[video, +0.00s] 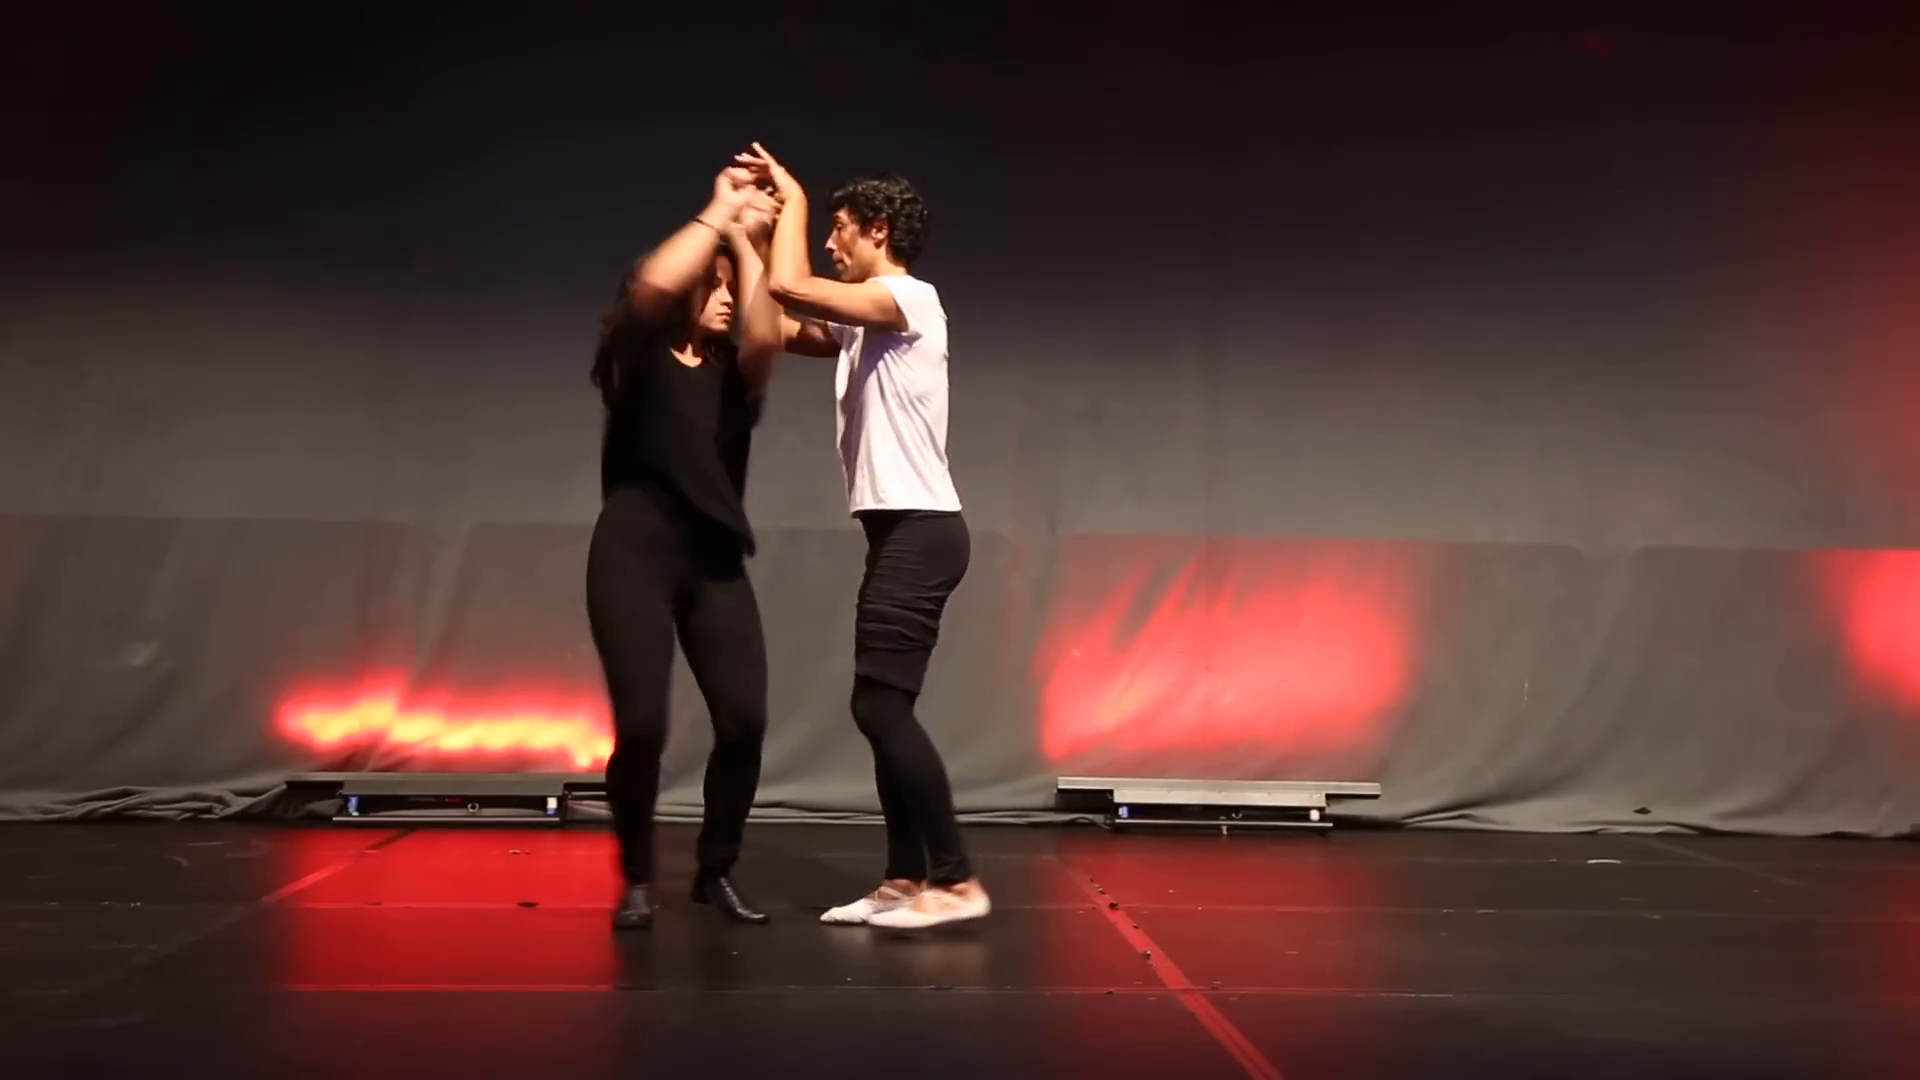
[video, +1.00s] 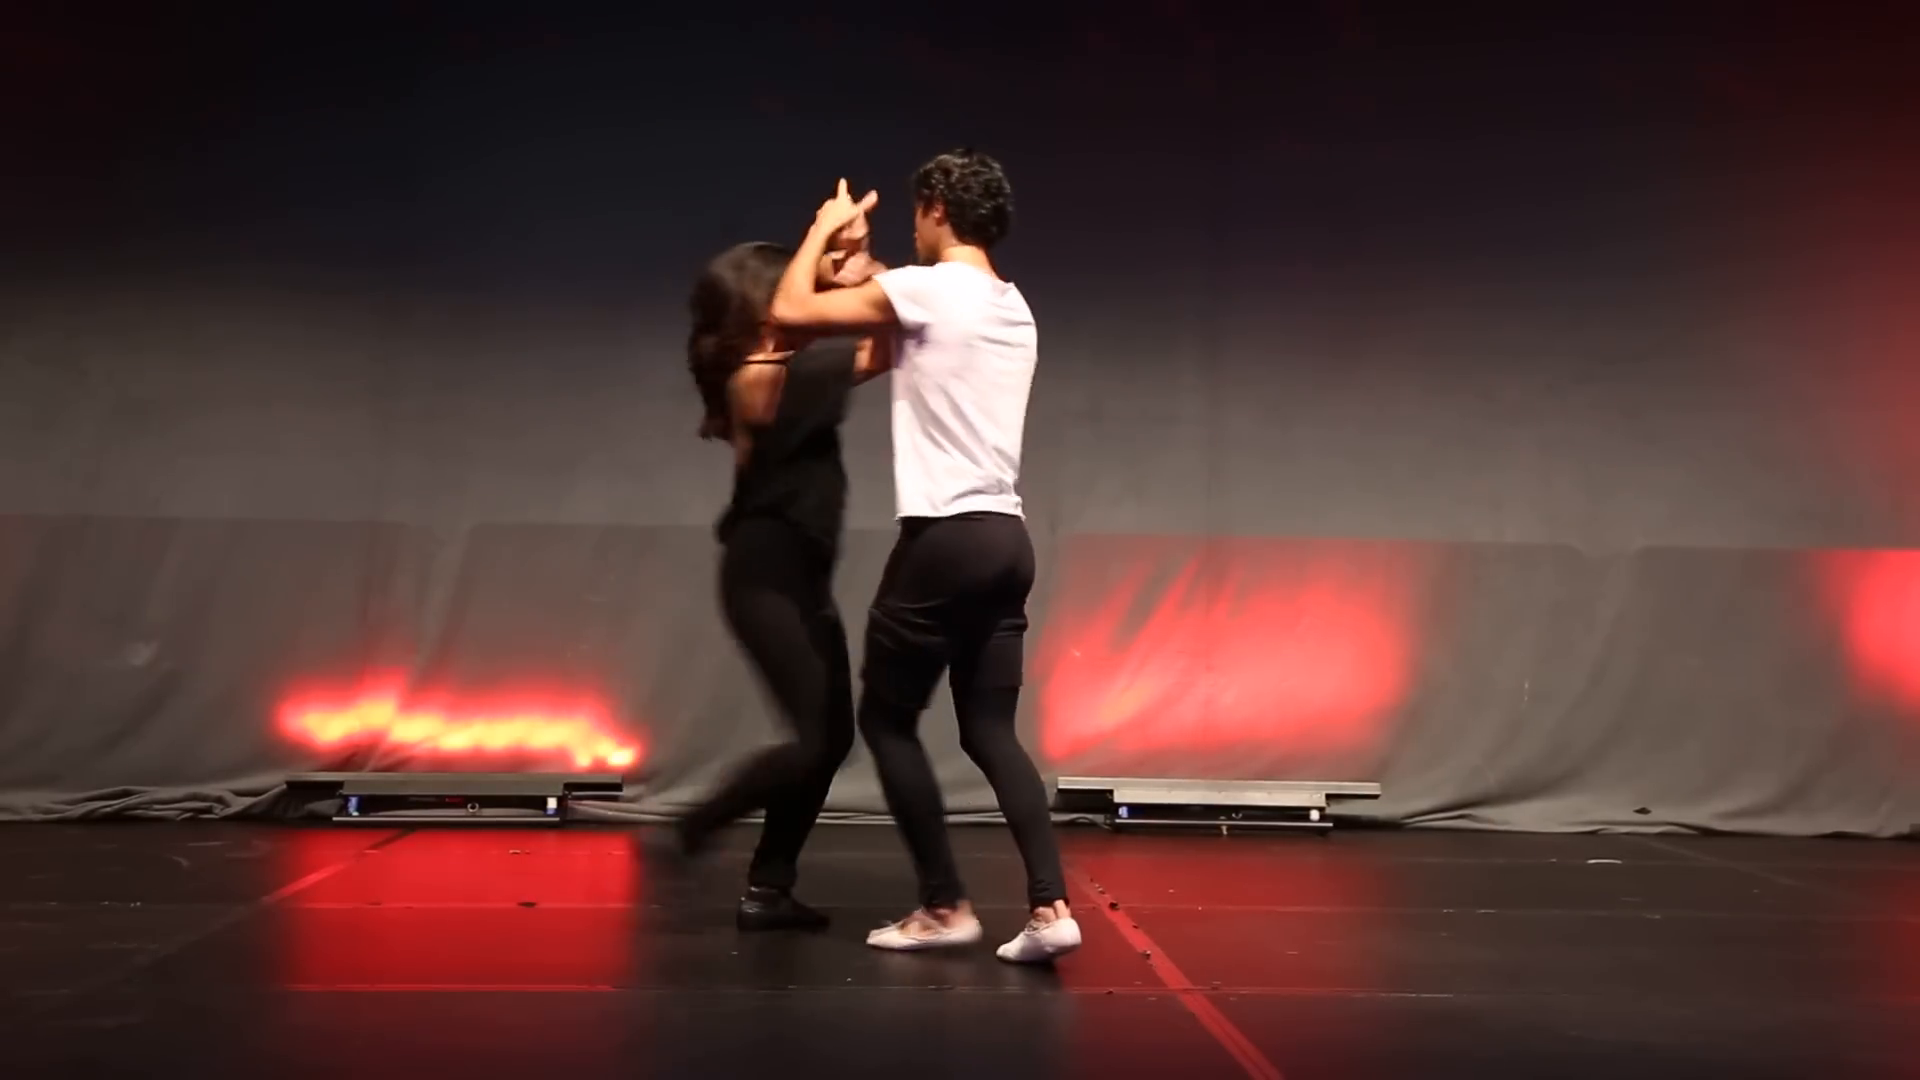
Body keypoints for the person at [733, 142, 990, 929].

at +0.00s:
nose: (833, 245)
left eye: (843, 230)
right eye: (835, 232)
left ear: (878, 233)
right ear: (872, 237)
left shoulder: (910, 300)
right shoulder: (870, 321)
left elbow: (793, 284)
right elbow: (778, 325)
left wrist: (793, 200)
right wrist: (753, 229)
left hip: (920, 528)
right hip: (897, 529)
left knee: (885, 707)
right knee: (880, 710)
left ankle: (955, 883)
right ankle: (906, 879)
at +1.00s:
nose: (913, 223)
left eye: (916, 209)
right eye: (916, 211)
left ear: (936, 215)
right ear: (990, 223)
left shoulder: (924, 290)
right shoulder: (1016, 311)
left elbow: (789, 310)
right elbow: (883, 355)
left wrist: (823, 229)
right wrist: (857, 262)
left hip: (939, 539)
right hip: (1006, 540)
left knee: (886, 717)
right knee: (992, 730)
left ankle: (945, 905)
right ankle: (1051, 909)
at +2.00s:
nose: (893, 216)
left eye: (910, 204)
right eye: (886, 204)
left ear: (945, 214)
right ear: (877, 218)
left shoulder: (952, 289)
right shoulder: (862, 282)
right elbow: (777, 205)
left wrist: (920, 97)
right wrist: (867, 178)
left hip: (867, 528)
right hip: (821, 526)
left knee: (823, 723)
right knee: (818, 725)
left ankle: (866, 911)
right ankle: (956, 854)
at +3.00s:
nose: (1001, 261)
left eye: (1012, 251)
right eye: (994, 242)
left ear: (1013, 255)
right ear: (956, 230)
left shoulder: (993, 348)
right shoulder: (891, 303)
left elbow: (1016, 469)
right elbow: (934, 251)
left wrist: (1096, 547)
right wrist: (994, 163)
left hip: (965, 544)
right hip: (904, 539)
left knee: (967, 718)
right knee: (972, 711)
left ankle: (902, 878)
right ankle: (959, 920)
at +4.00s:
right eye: (1000, 190)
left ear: (926, 195)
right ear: (1006, 197)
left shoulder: (883, 289)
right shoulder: (1048, 292)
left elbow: (894, 398)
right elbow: (1071, 432)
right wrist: (1025, 513)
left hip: (898, 530)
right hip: (987, 535)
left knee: (889, 732)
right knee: (916, 714)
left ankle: (914, 943)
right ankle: (945, 907)